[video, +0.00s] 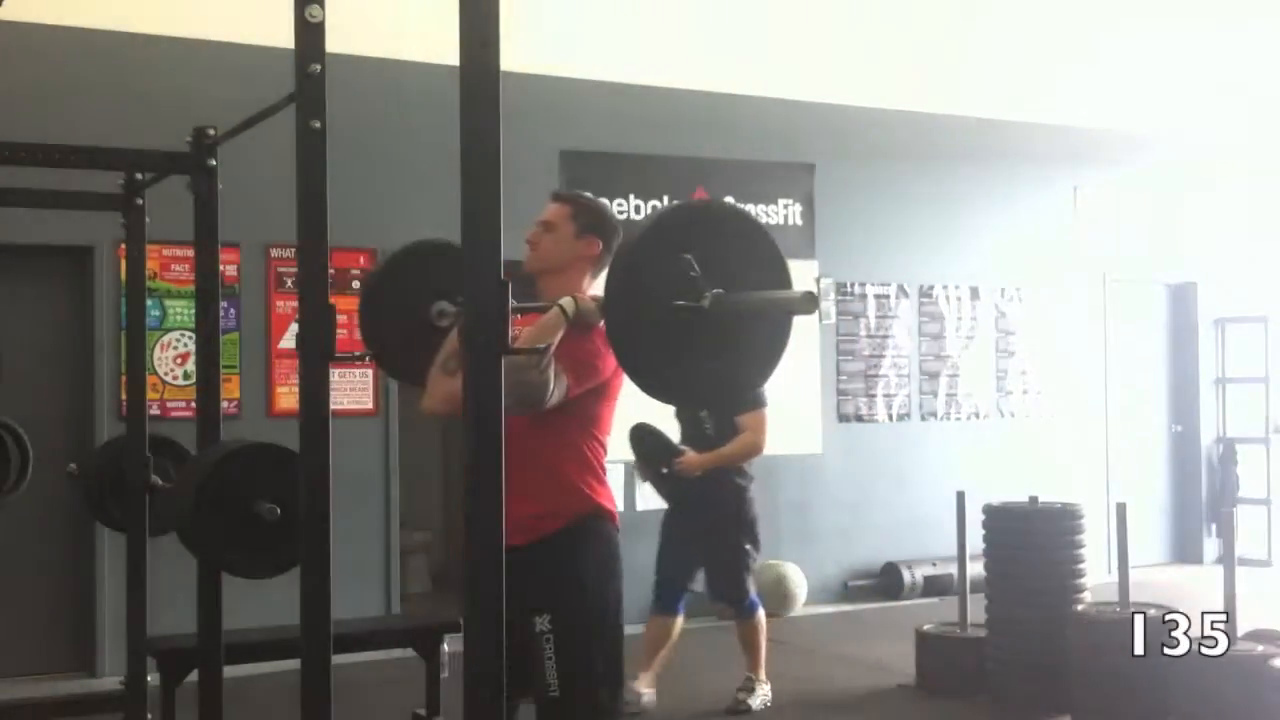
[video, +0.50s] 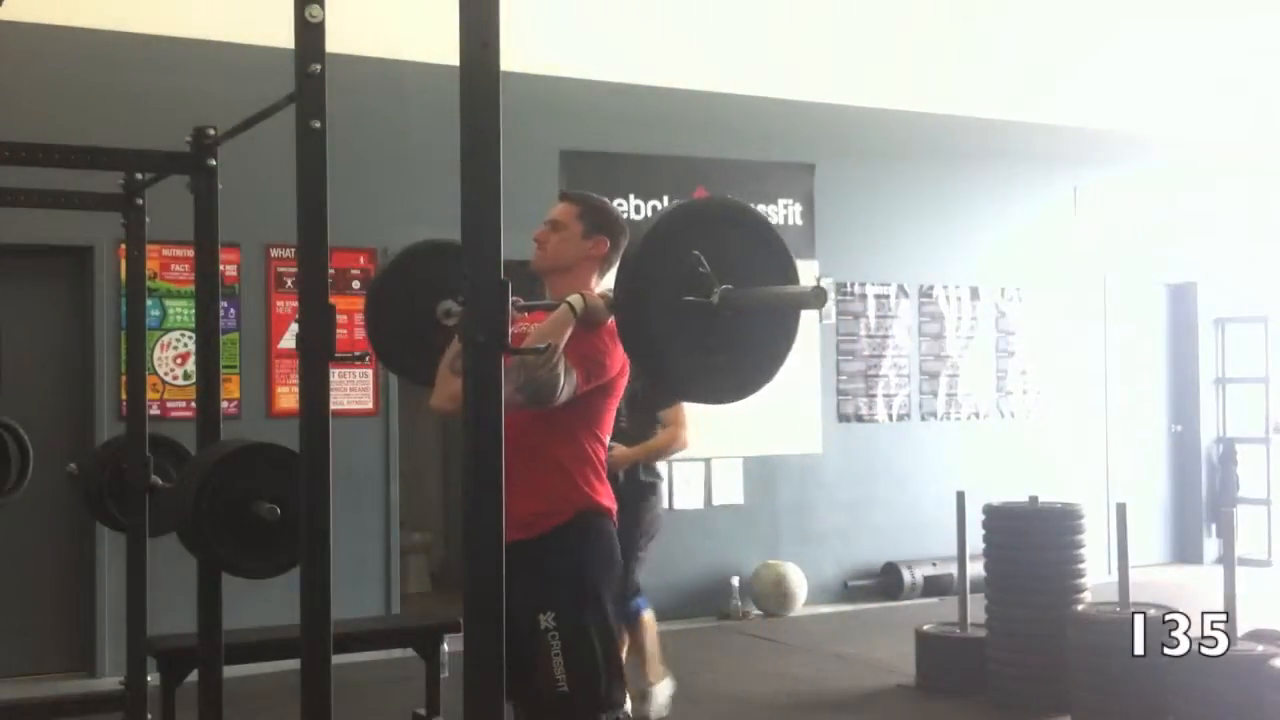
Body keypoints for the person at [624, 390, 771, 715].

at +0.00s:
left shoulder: (738, 377)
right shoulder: (682, 383)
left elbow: (754, 441)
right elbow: (693, 443)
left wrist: (702, 461)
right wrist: (660, 464)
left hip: (728, 498)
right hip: (687, 498)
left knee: (740, 592)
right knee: (667, 592)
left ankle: (758, 681)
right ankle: (645, 681)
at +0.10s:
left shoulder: (721, 383)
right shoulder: (669, 391)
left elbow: (737, 443)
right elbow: (677, 448)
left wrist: (683, 464)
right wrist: (645, 464)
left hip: (709, 502)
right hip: (667, 503)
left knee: (726, 593)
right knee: (648, 596)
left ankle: (756, 680)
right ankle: (623, 689)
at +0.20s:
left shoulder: (702, 382)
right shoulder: (651, 391)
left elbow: (718, 442)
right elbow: (657, 445)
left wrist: (666, 460)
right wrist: (627, 459)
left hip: (687, 508)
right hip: (643, 507)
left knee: (703, 595)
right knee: (628, 601)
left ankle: (753, 673)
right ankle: (617, 693)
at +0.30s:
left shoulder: (676, 370)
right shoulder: (606, 373)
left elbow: (701, 435)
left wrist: (650, 452)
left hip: (661, 498)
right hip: (615, 499)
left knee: (669, 592)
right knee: (618, 602)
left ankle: (734, 660)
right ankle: (618, 695)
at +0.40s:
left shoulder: (662, 368)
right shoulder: (593, 370)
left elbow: (688, 432)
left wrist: (637, 450)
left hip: (647, 493)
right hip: (603, 494)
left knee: (644, 590)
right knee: (613, 598)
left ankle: (699, 657)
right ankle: (616, 695)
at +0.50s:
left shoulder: (653, 373)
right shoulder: (590, 373)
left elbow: (677, 434)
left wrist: (629, 454)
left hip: (637, 489)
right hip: (600, 489)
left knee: (627, 586)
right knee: (610, 591)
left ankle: (655, 679)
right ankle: (614, 686)